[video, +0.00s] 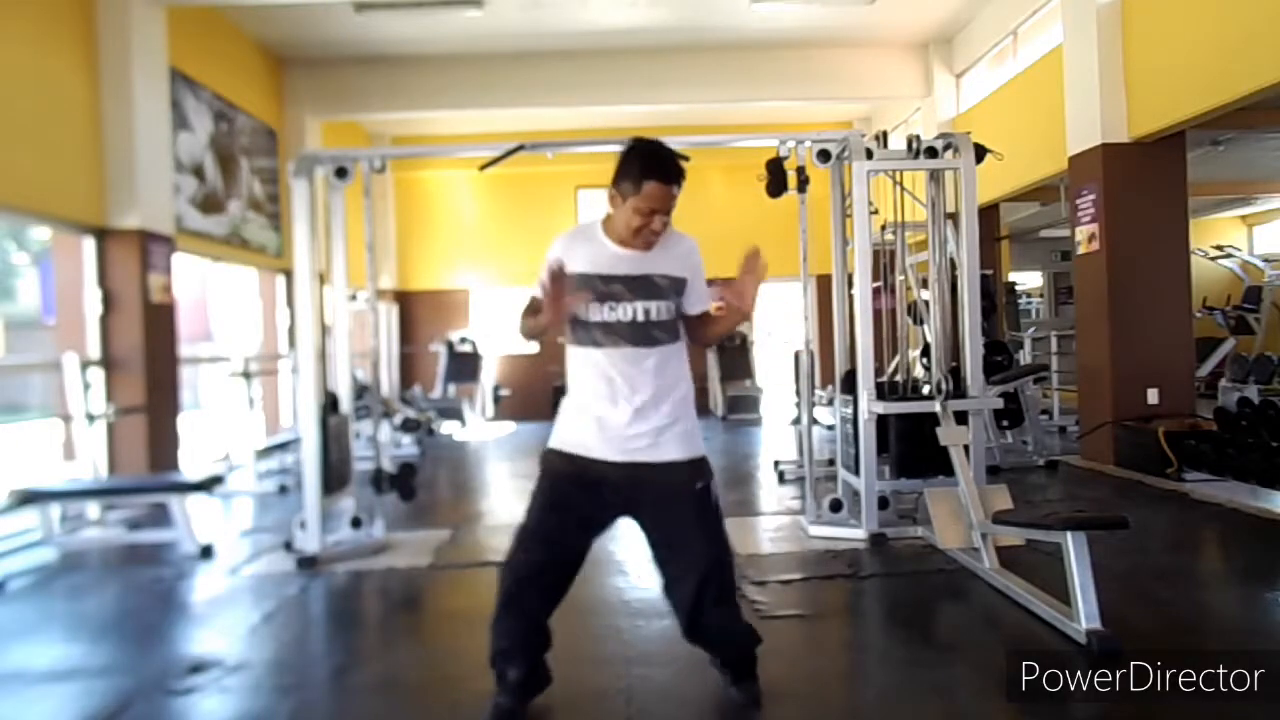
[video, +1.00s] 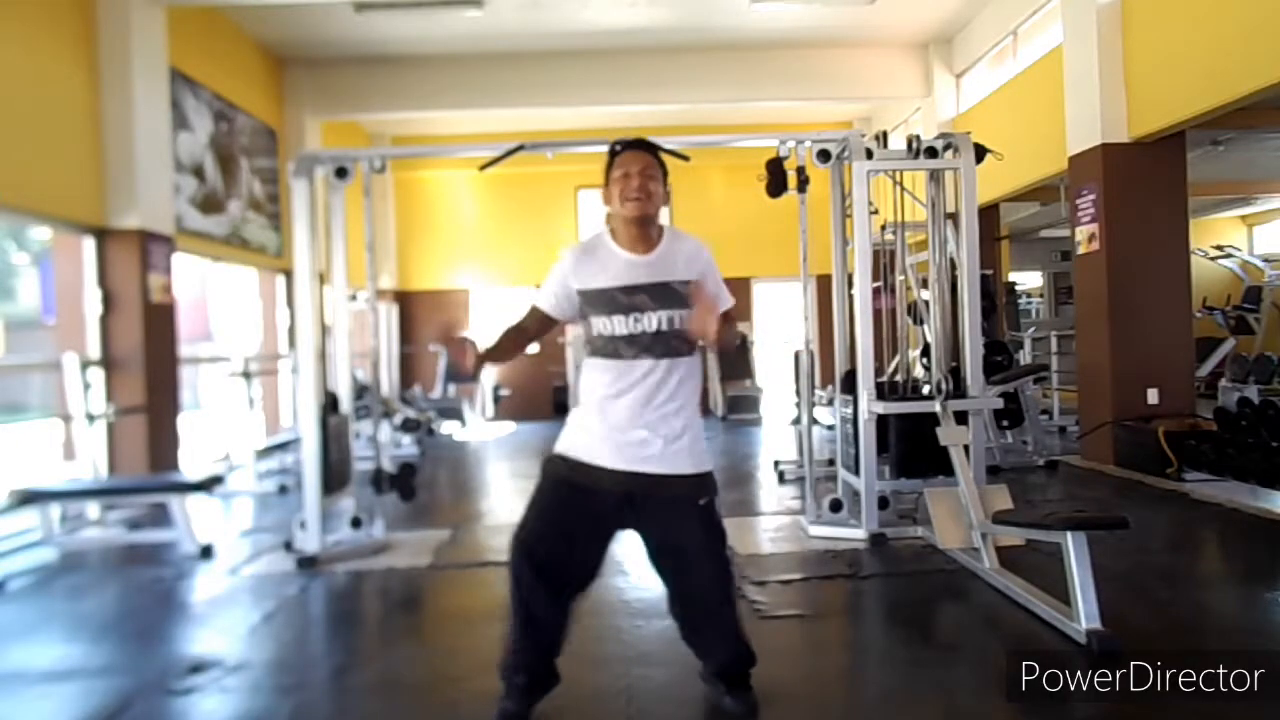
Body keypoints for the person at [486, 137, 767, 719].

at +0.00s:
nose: (658, 224)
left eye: (667, 212)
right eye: (647, 212)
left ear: (675, 203)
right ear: (615, 196)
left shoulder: (683, 253)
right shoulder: (572, 249)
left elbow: (699, 333)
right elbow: (530, 325)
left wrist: (734, 315)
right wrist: (548, 322)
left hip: (670, 452)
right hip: (582, 449)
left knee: (705, 584)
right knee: (526, 576)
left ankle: (740, 671)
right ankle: (514, 687)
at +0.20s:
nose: (658, 221)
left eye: (667, 209)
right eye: (647, 207)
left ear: (675, 208)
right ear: (616, 203)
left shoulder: (687, 261)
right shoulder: (574, 266)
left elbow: (717, 336)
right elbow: (524, 317)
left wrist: (711, 340)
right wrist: (483, 359)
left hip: (665, 464)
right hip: (581, 460)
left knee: (703, 577)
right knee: (540, 573)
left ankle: (734, 676)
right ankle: (518, 684)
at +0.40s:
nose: (636, 188)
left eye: (648, 178)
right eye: (623, 177)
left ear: (661, 189)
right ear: (604, 185)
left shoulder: (680, 256)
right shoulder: (570, 246)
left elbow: (705, 336)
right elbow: (538, 325)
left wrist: (745, 320)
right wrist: (549, 321)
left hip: (666, 447)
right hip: (579, 451)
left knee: (713, 566)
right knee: (530, 577)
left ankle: (739, 667)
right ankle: (512, 694)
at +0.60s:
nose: (633, 194)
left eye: (645, 183)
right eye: (622, 185)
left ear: (664, 194)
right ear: (605, 197)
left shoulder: (691, 257)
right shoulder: (580, 264)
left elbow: (728, 327)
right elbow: (530, 322)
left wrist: (716, 344)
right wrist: (484, 362)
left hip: (668, 458)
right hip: (583, 454)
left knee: (700, 576)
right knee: (533, 564)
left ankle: (726, 679)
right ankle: (514, 682)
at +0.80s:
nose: (633, 173)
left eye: (644, 164)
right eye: (621, 164)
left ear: (660, 178)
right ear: (603, 176)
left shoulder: (682, 249)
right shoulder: (573, 244)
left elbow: (706, 332)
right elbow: (545, 318)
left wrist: (756, 316)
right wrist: (557, 322)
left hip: (667, 441)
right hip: (582, 445)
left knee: (709, 568)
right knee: (540, 577)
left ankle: (734, 672)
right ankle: (524, 693)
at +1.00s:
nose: (637, 184)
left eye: (648, 175)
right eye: (625, 176)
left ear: (666, 190)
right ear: (605, 193)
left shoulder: (693, 257)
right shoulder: (580, 263)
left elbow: (731, 333)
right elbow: (534, 325)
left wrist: (718, 332)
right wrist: (484, 356)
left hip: (675, 457)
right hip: (590, 453)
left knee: (705, 581)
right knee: (537, 560)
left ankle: (733, 684)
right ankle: (522, 688)